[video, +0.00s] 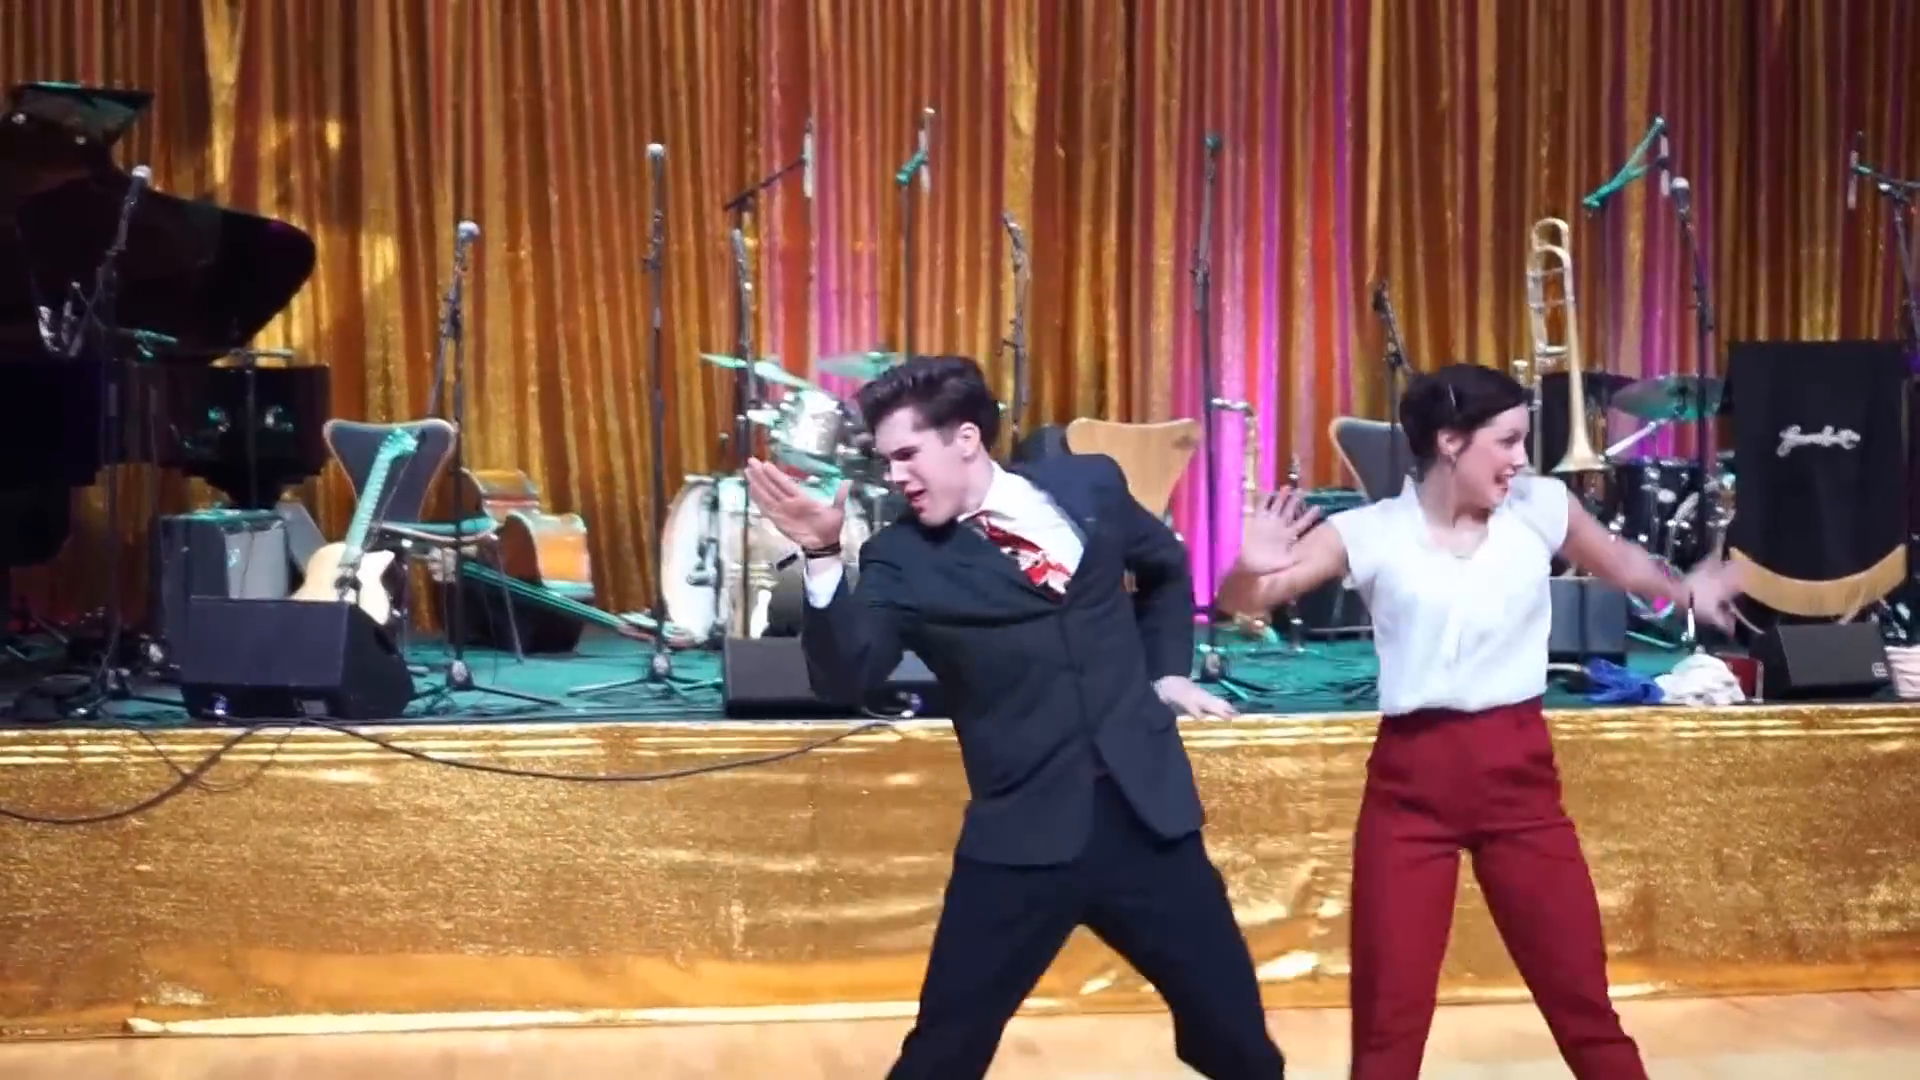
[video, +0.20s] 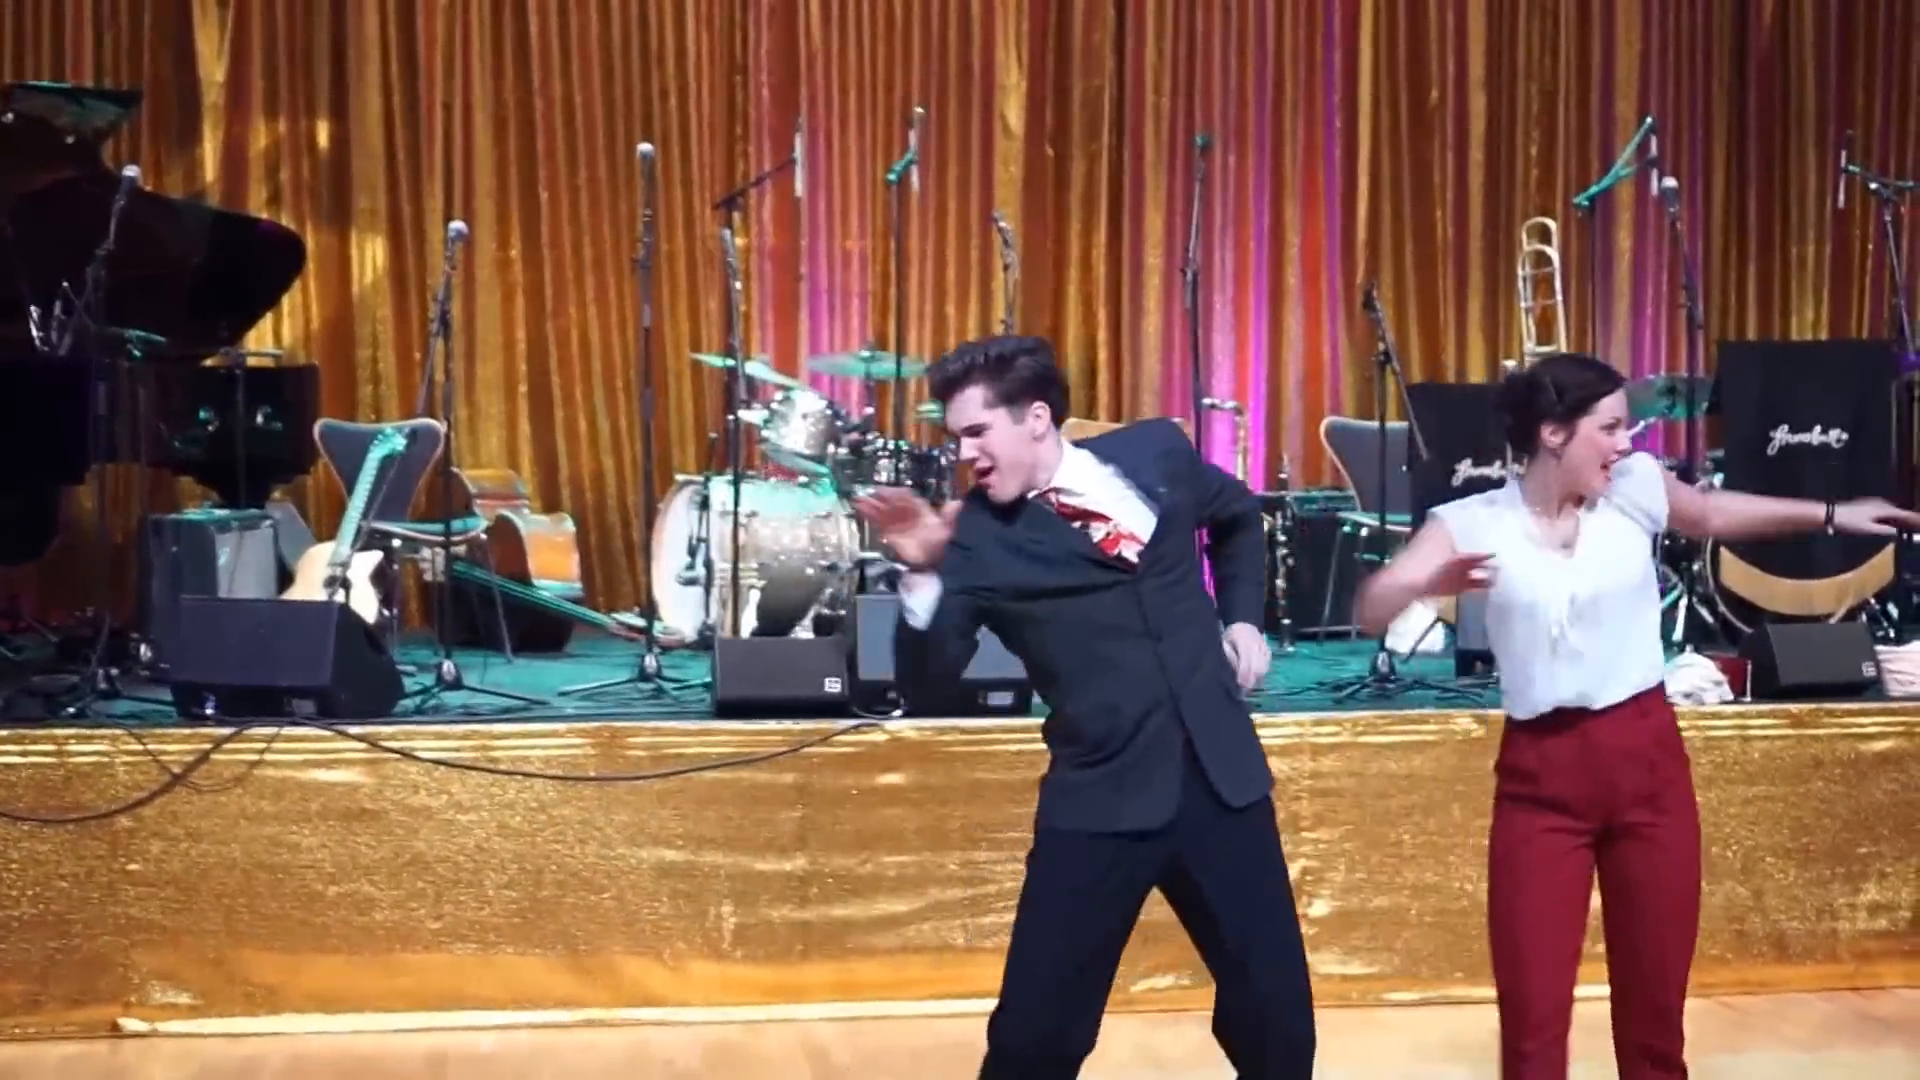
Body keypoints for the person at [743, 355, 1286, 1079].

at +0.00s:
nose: (896, 478)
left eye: (907, 454)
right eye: (885, 462)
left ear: (969, 439)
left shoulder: (1088, 484)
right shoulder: (900, 558)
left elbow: (1165, 562)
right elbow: (843, 680)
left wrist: (1171, 671)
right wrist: (823, 558)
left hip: (1149, 816)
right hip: (1020, 834)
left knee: (1240, 1050)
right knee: (944, 1055)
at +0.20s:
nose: (964, 455)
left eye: (977, 432)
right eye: (957, 438)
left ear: (1041, 420)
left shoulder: (1158, 452)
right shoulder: (974, 543)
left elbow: (1238, 516)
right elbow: (925, 682)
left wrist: (1243, 617)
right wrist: (922, 575)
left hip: (1222, 782)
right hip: (1099, 799)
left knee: (1278, 1025)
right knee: (1035, 1041)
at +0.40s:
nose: (1129, 456)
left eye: (1144, 436)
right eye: (1109, 438)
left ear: (1168, 440)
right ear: (1074, 447)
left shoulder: (1228, 553)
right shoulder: (1022, 567)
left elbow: (1244, 700)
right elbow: (1016, 739)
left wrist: (1275, 767)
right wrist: (1099, 825)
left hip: (1214, 853)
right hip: (1089, 866)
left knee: (1279, 1056)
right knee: (1142, 1066)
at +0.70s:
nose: (1138, 401)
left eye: (1141, 384)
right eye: (1120, 379)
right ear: (1056, 389)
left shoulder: (1138, 528)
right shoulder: (955, 457)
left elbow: (1204, 644)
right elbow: (819, 537)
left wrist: (1314, 669)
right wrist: (832, 641)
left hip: (1083, 799)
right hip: (957, 791)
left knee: (1128, 1039)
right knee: (893, 1028)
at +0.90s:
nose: (996, 432)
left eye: (996, 414)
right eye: (976, 414)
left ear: (983, 427)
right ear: (908, 430)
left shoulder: (1024, 541)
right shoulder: (812, 510)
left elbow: (1126, 658)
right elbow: (650, 549)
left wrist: (1251, 757)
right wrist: (659, 600)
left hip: (985, 830)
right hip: (851, 831)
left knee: (1066, 1045)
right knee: (798, 1051)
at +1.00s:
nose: (908, 488)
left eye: (907, 467)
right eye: (884, 475)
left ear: (913, 473)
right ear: (821, 503)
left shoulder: (968, 563)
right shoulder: (751, 591)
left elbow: (1062, 687)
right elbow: (614, 698)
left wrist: (1166, 798)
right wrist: (622, 666)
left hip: (947, 834)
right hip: (812, 839)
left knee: (958, 1048)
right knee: (781, 1058)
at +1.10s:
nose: (846, 528)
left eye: (842, 505)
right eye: (819, 524)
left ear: (848, 494)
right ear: (766, 553)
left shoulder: (930, 578)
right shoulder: (721, 643)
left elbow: (1015, 697)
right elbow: (685, 809)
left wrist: (1109, 807)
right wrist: (653, 746)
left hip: (917, 851)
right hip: (792, 853)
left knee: (859, 1066)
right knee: (754, 1067)